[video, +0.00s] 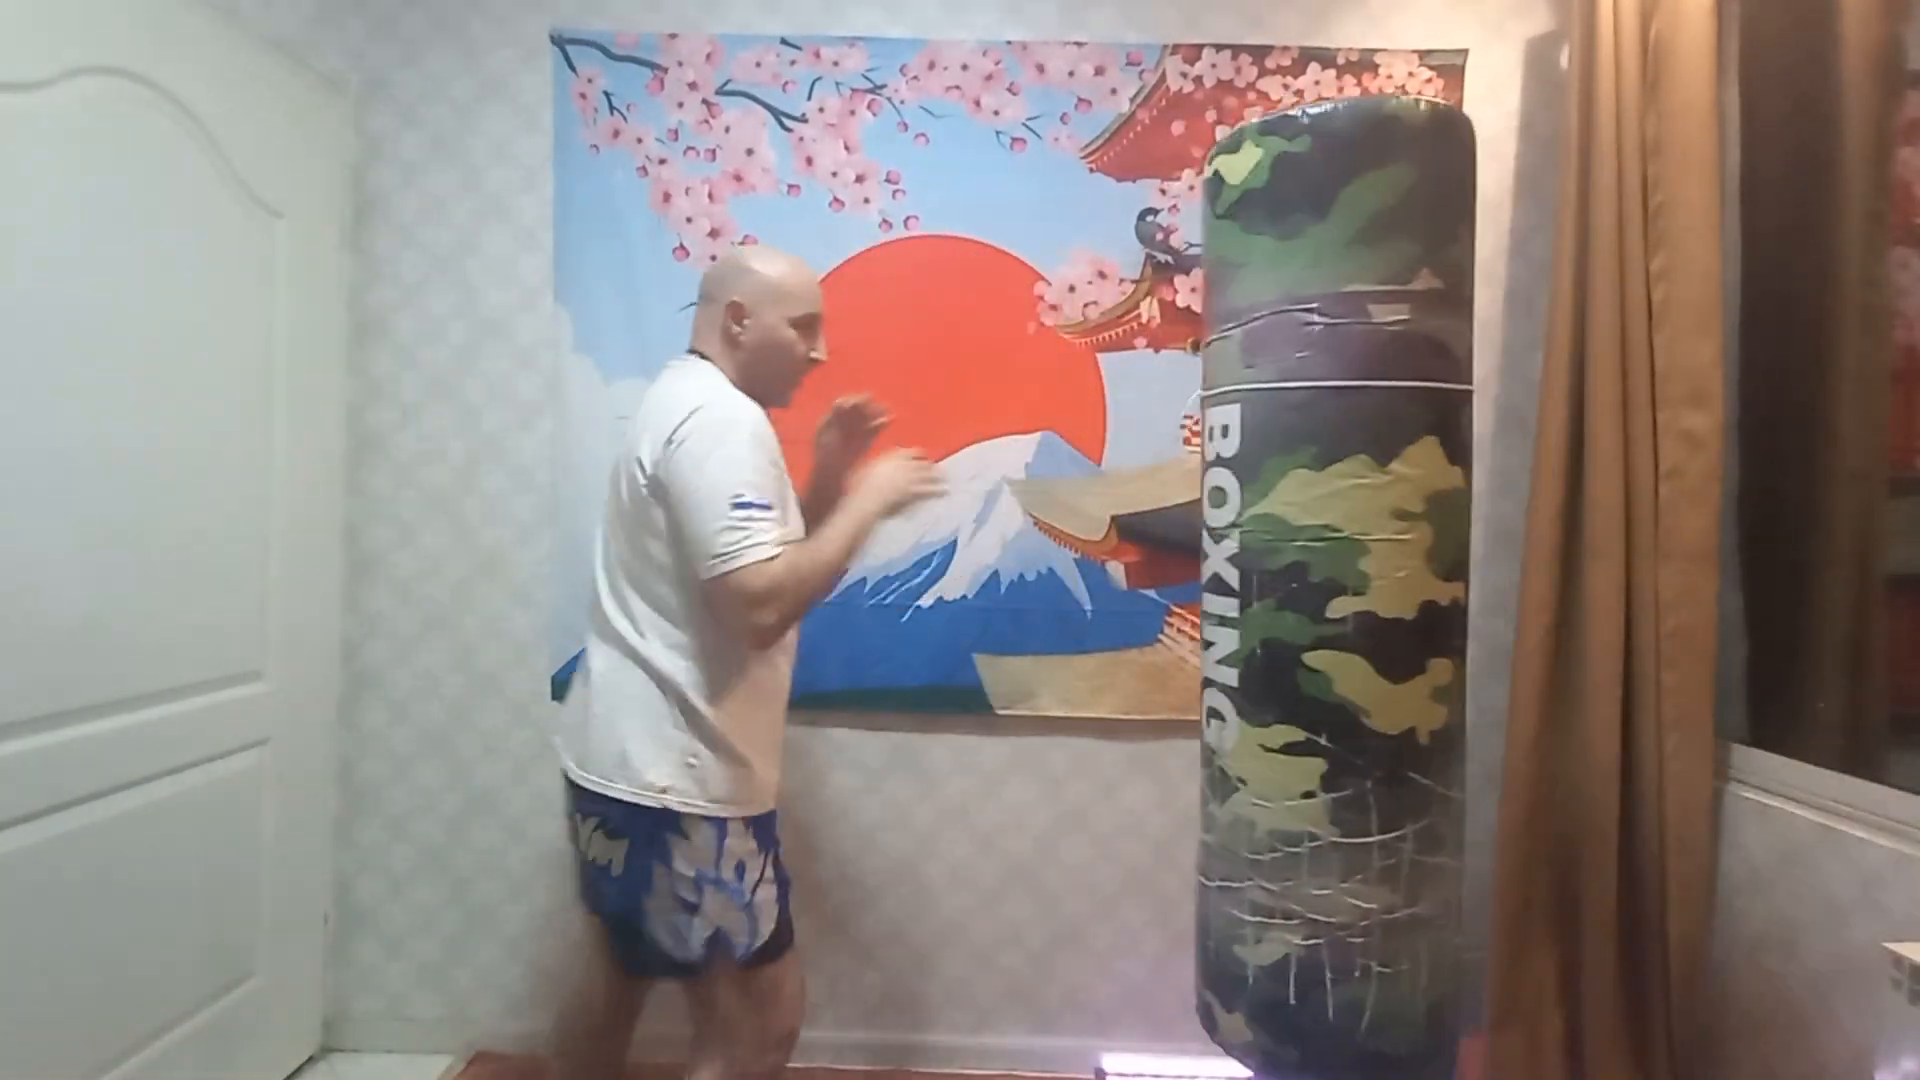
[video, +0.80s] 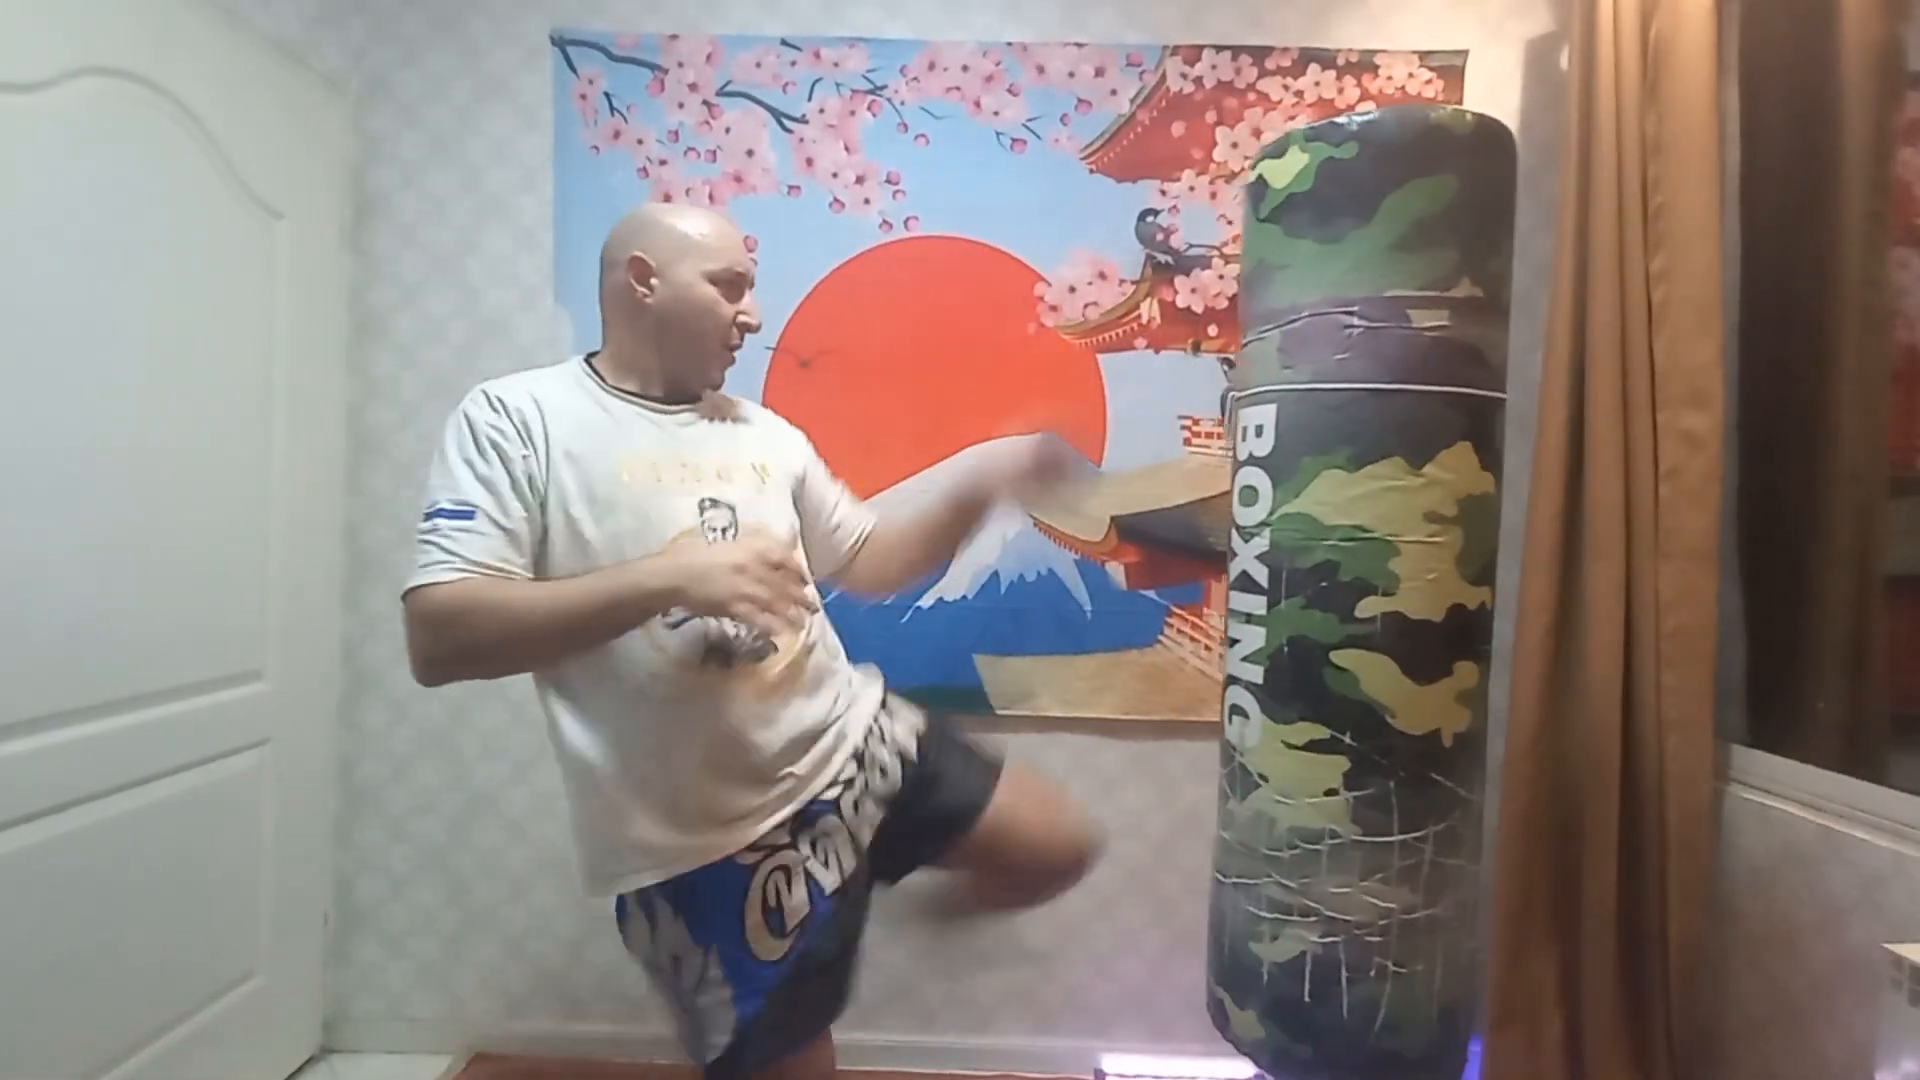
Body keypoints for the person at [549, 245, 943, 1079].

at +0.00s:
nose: (819, 350)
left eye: (818, 329)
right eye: (805, 327)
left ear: (731, 324)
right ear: (738, 321)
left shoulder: (674, 401)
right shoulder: (720, 421)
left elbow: (769, 568)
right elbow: (760, 604)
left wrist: (825, 481)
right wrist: (872, 501)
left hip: (620, 765)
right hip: (689, 786)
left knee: (612, 996)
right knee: (756, 1028)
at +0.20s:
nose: (789, 341)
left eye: (788, 320)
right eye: (774, 319)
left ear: (698, 317)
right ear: (710, 315)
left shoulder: (617, 385)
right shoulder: (718, 401)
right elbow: (863, 496)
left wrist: (770, 412)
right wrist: (931, 392)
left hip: (561, 741)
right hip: (668, 760)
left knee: (581, 973)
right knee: (717, 1004)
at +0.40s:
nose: (782, 332)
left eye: (781, 310)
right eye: (767, 310)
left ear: (690, 310)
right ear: (698, 307)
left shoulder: (631, 379)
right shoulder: (704, 402)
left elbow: (679, 488)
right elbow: (820, 521)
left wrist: (798, 457)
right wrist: (945, 422)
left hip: (566, 754)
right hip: (660, 774)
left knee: (581, 981)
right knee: (730, 1027)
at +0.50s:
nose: (783, 329)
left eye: (782, 308)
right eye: (767, 306)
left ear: (692, 308)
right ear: (694, 304)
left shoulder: (683, 409)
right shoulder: (654, 408)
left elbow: (792, 541)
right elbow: (632, 603)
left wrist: (831, 432)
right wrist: (835, 532)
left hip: (618, 792)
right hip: (673, 803)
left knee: (596, 1014)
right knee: (758, 1055)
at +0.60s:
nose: (774, 326)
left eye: (774, 304)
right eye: (757, 300)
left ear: (688, 301)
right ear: (680, 299)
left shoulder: (761, 422)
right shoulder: (589, 419)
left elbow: (885, 468)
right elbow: (507, 625)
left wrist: (873, 344)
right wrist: (730, 616)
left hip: (750, 796)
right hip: (670, 813)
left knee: (676, 1019)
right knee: (767, 1031)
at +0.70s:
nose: (760, 313)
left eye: (759, 291)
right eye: (737, 287)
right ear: (654, 286)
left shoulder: (769, 423)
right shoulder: (535, 420)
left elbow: (903, 482)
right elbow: (443, 628)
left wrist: (947, 351)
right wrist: (662, 600)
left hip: (833, 790)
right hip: (698, 846)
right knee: (787, 1060)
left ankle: (715, 1022)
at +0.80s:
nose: (752, 316)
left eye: (750, 292)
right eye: (729, 287)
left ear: (653, 287)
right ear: (641, 282)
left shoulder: (762, 433)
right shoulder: (512, 422)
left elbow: (866, 559)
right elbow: (441, 636)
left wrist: (982, 476)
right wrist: (667, 577)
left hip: (851, 742)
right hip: (706, 853)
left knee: (1061, 845)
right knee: (789, 1059)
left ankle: (936, 905)